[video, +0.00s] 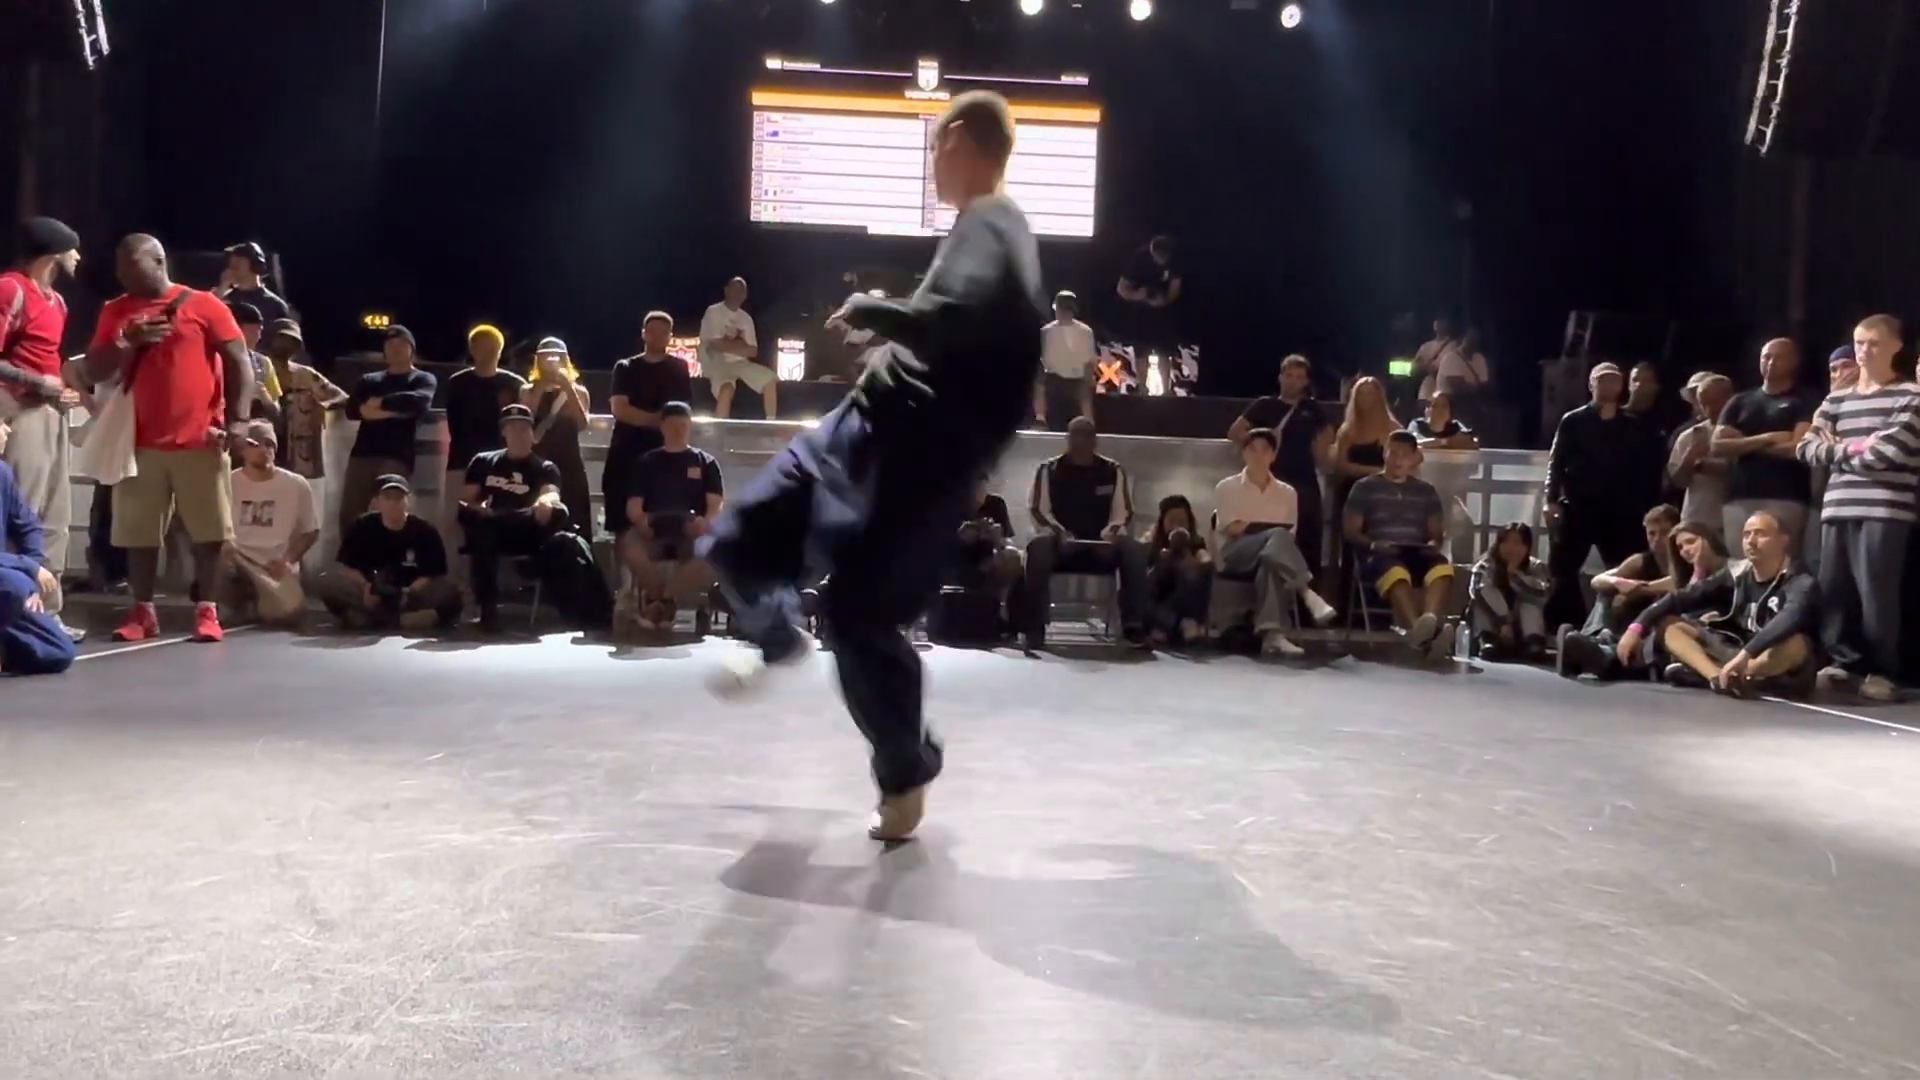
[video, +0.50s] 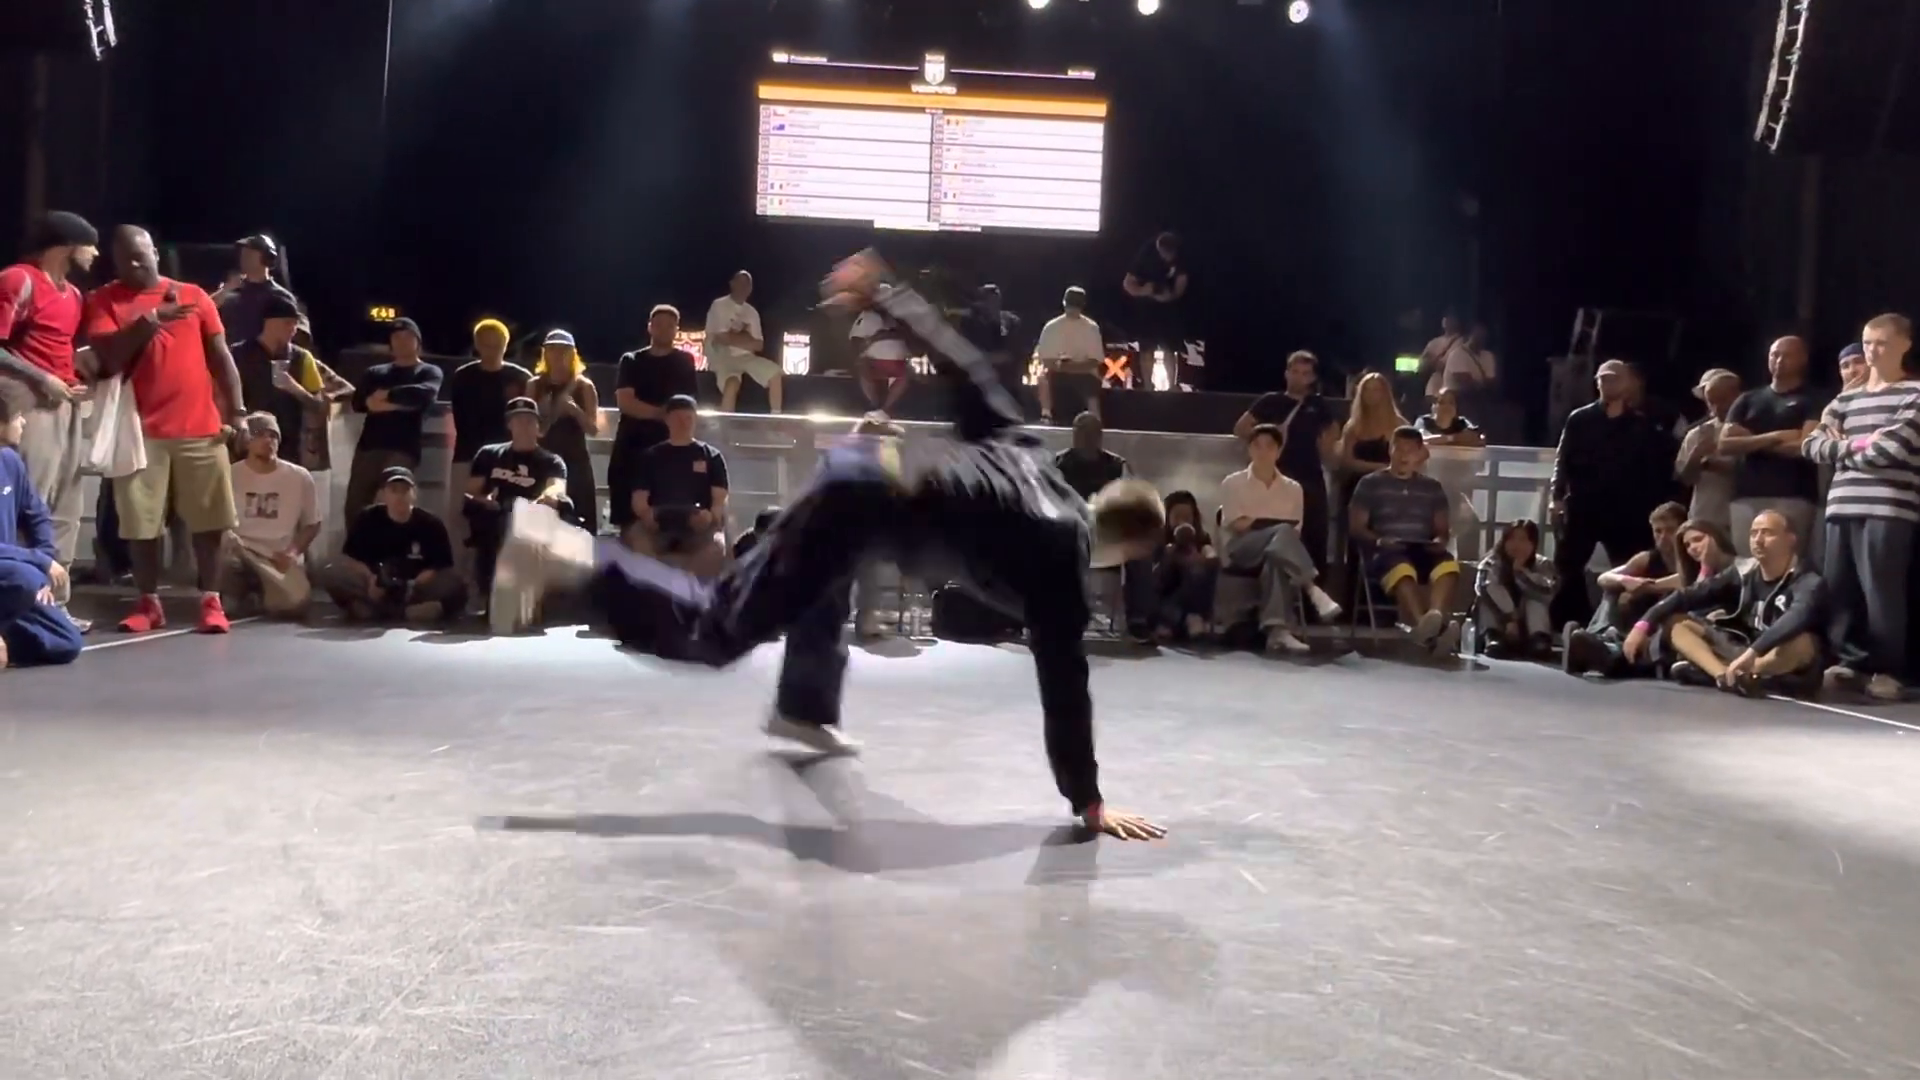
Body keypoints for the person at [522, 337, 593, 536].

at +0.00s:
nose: (551, 360)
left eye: (556, 355)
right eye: (545, 355)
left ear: (565, 360)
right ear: (537, 360)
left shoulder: (578, 392)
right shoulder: (528, 391)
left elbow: (583, 424)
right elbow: (524, 425)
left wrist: (567, 386)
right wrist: (540, 389)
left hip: (569, 462)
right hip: (538, 461)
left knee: (576, 519)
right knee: (538, 518)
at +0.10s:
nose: (552, 361)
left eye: (558, 356)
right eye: (546, 355)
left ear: (567, 359)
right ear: (538, 359)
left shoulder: (579, 391)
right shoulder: (529, 389)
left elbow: (584, 423)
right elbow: (525, 425)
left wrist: (566, 386)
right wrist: (541, 390)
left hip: (570, 463)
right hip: (539, 462)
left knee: (577, 523)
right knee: (540, 522)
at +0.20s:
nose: (553, 358)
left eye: (559, 353)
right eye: (548, 353)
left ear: (567, 357)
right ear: (541, 357)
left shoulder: (581, 389)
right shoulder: (530, 388)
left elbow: (587, 427)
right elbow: (528, 428)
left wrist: (570, 396)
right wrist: (547, 401)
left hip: (571, 459)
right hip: (541, 458)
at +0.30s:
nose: (556, 358)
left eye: (561, 353)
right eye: (551, 353)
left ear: (570, 357)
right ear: (543, 357)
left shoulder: (583, 388)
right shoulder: (533, 387)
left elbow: (588, 429)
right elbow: (536, 432)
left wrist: (570, 400)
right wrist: (557, 406)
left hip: (573, 457)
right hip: (543, 457)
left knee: (580, 517)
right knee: (544, 518)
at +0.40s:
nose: (557, 357)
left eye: (562, 352)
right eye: (552, 351)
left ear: (571, 356)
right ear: (544, 355)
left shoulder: (583, 387)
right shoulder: (534, 386)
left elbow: (590, 429)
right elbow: (536, 431)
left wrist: (571, 404)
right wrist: (553, 405)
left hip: (574, 458)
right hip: (544, 457)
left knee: (580, 518)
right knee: (544, 518)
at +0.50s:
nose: (558, 356)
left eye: (563, 351)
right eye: (553, 350)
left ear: (572, 355)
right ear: (545, 354)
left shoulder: (584, 386)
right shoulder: (535, 384)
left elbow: (592, 427)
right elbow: (532, 426)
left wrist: (574, 409)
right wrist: (553, 411)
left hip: (574, 454)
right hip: (544, 453)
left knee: (581, 513)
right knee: (543, 512)